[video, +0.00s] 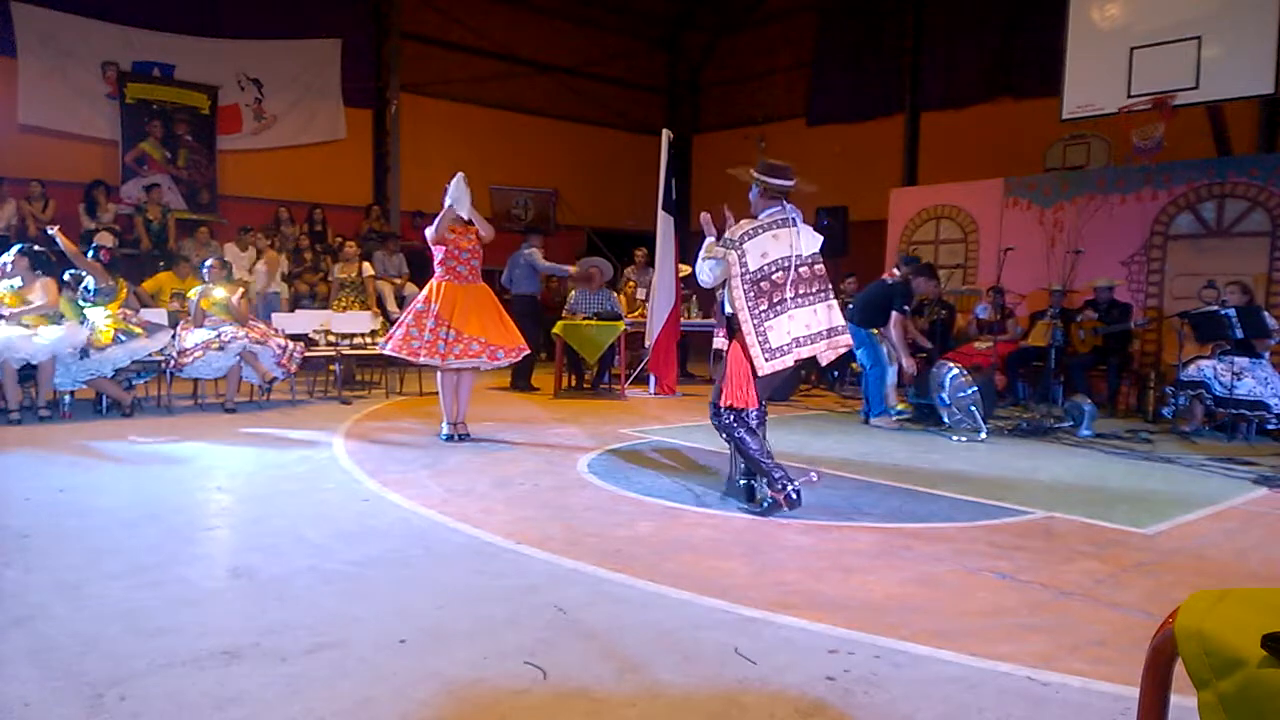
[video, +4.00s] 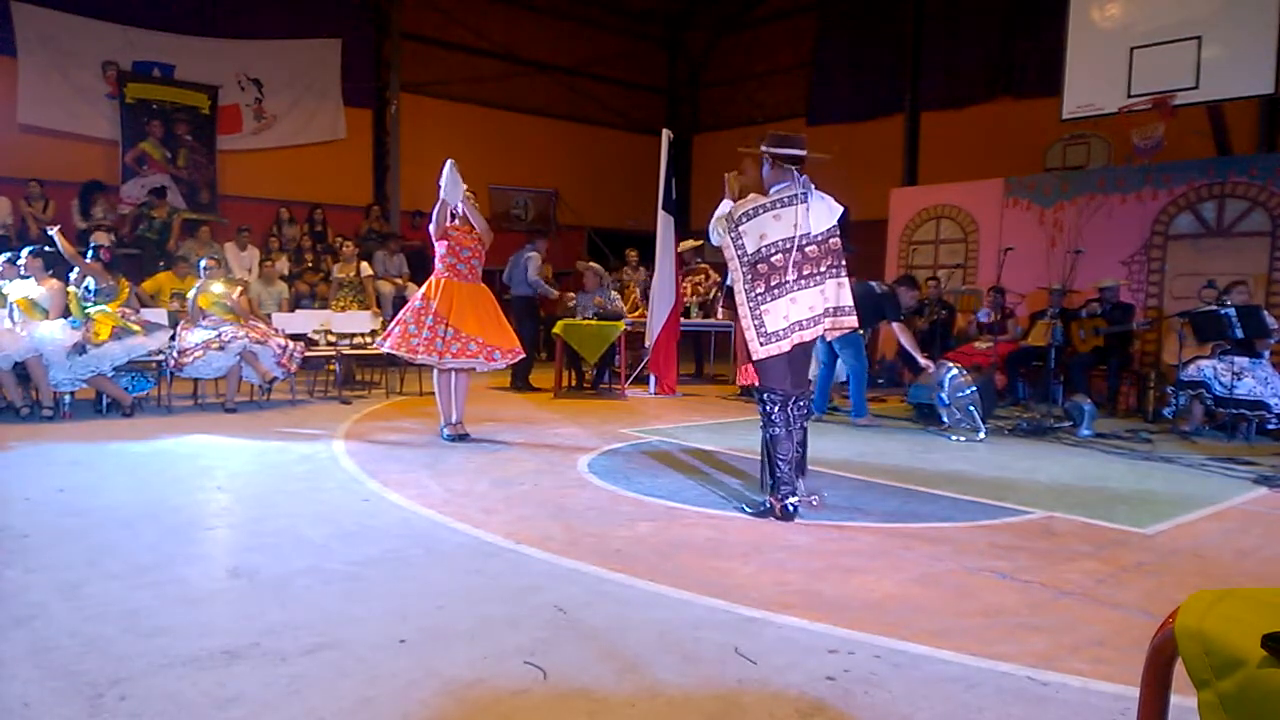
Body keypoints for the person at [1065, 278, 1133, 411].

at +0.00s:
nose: (1099, 295)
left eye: (1103, 291)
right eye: (1097, 291)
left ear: (1111, 292)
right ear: (1094, 292)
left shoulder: (1123, 308)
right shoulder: (1090, 305)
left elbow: (1118, 321)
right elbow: (1070, 315)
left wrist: (1097, 317)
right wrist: (1079, 316)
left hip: (1116, 350)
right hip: (1096, 348)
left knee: (1114, 367)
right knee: (1076, 364)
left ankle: (1111, 404)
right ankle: (1084, 400)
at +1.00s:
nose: (1099, 294)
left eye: (1103, 291)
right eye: (1097, 291)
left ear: (1111, 292)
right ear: (1095, 292)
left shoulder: (1124, 308)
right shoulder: (1090, 305)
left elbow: (1119, 320)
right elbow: (1067, 314)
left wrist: (1098, 317)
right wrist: (1079, 316)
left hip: (1116, 350)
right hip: (1096, 349)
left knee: (1115, 366)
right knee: (1075, 363)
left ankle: (1111, 404)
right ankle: (1084, 400)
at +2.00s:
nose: (1097, 295)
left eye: (1101, 292)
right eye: (1096, 292)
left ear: (1110, 292)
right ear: (1094, 292)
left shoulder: (1124, 308)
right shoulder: (1091, 305)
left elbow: (1118, 320)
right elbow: (1068, 315)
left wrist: (1097, 315)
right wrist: (1079, 315)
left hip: (1117, 349)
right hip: (1096, 348)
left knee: (1114, 365)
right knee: (1076, 362)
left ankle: (1111, 403)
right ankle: (1083, 399)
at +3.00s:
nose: (1104, 294)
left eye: (1108, 291)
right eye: (1101, 291)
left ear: (1114, 292)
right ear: (1097, 292)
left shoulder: (1125, 308)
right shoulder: (1092, 306)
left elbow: (1118, 320)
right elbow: (1068, 317)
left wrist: (1099, 312)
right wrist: (1082, 311)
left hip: (1117, 349)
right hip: (1096, 349)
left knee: (1114, 365)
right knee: (1077, 362)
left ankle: (1111, 403)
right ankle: (1083, 399)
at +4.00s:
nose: (1111, 294)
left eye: (1114, 291)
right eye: (1108, 291)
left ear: (1118, 292)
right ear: (1101, 293)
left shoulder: (1126, 308)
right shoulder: (1093, 304)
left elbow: (1121, 320)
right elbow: (1067, 316)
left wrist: (1102, 311)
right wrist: (1084, 312)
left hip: (1117, 349)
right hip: (1096, 348)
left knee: (1114, 365)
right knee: (1077, 362)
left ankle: (1111, 404)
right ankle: (1082, 400)